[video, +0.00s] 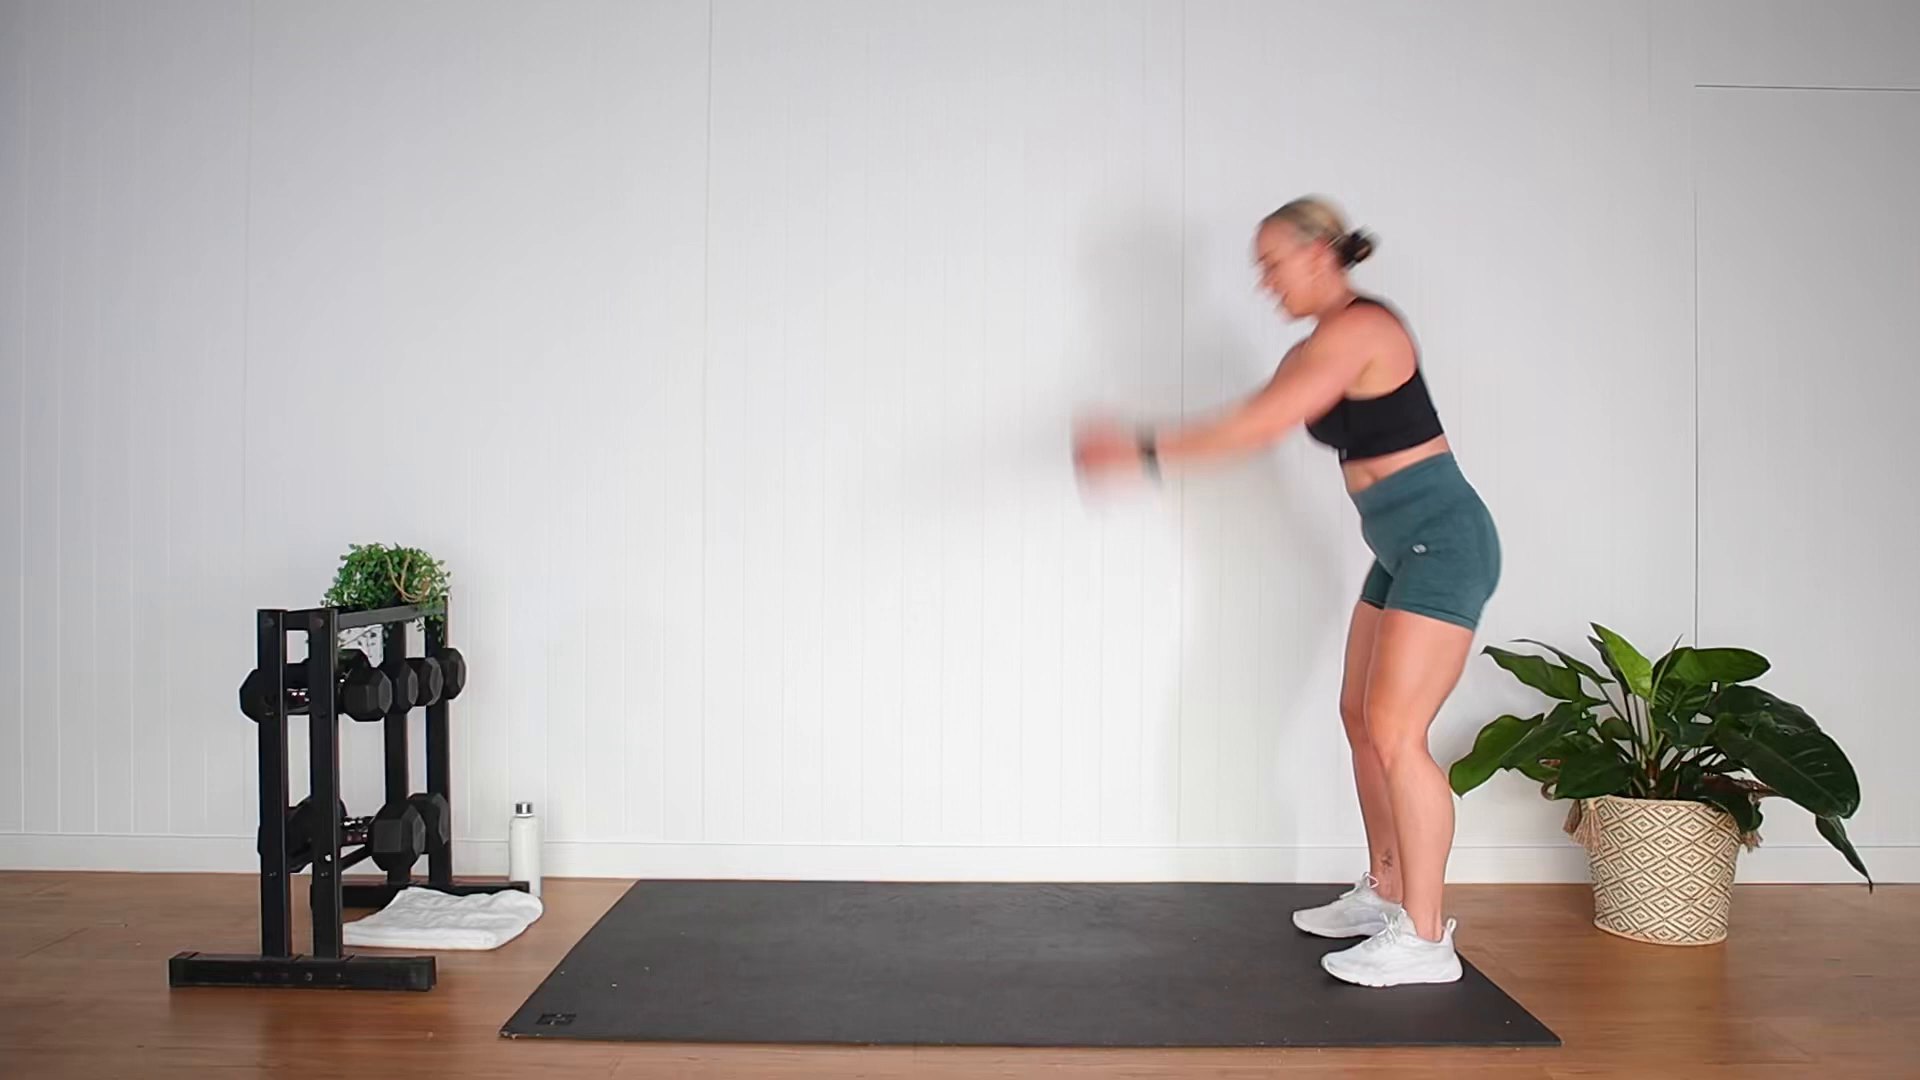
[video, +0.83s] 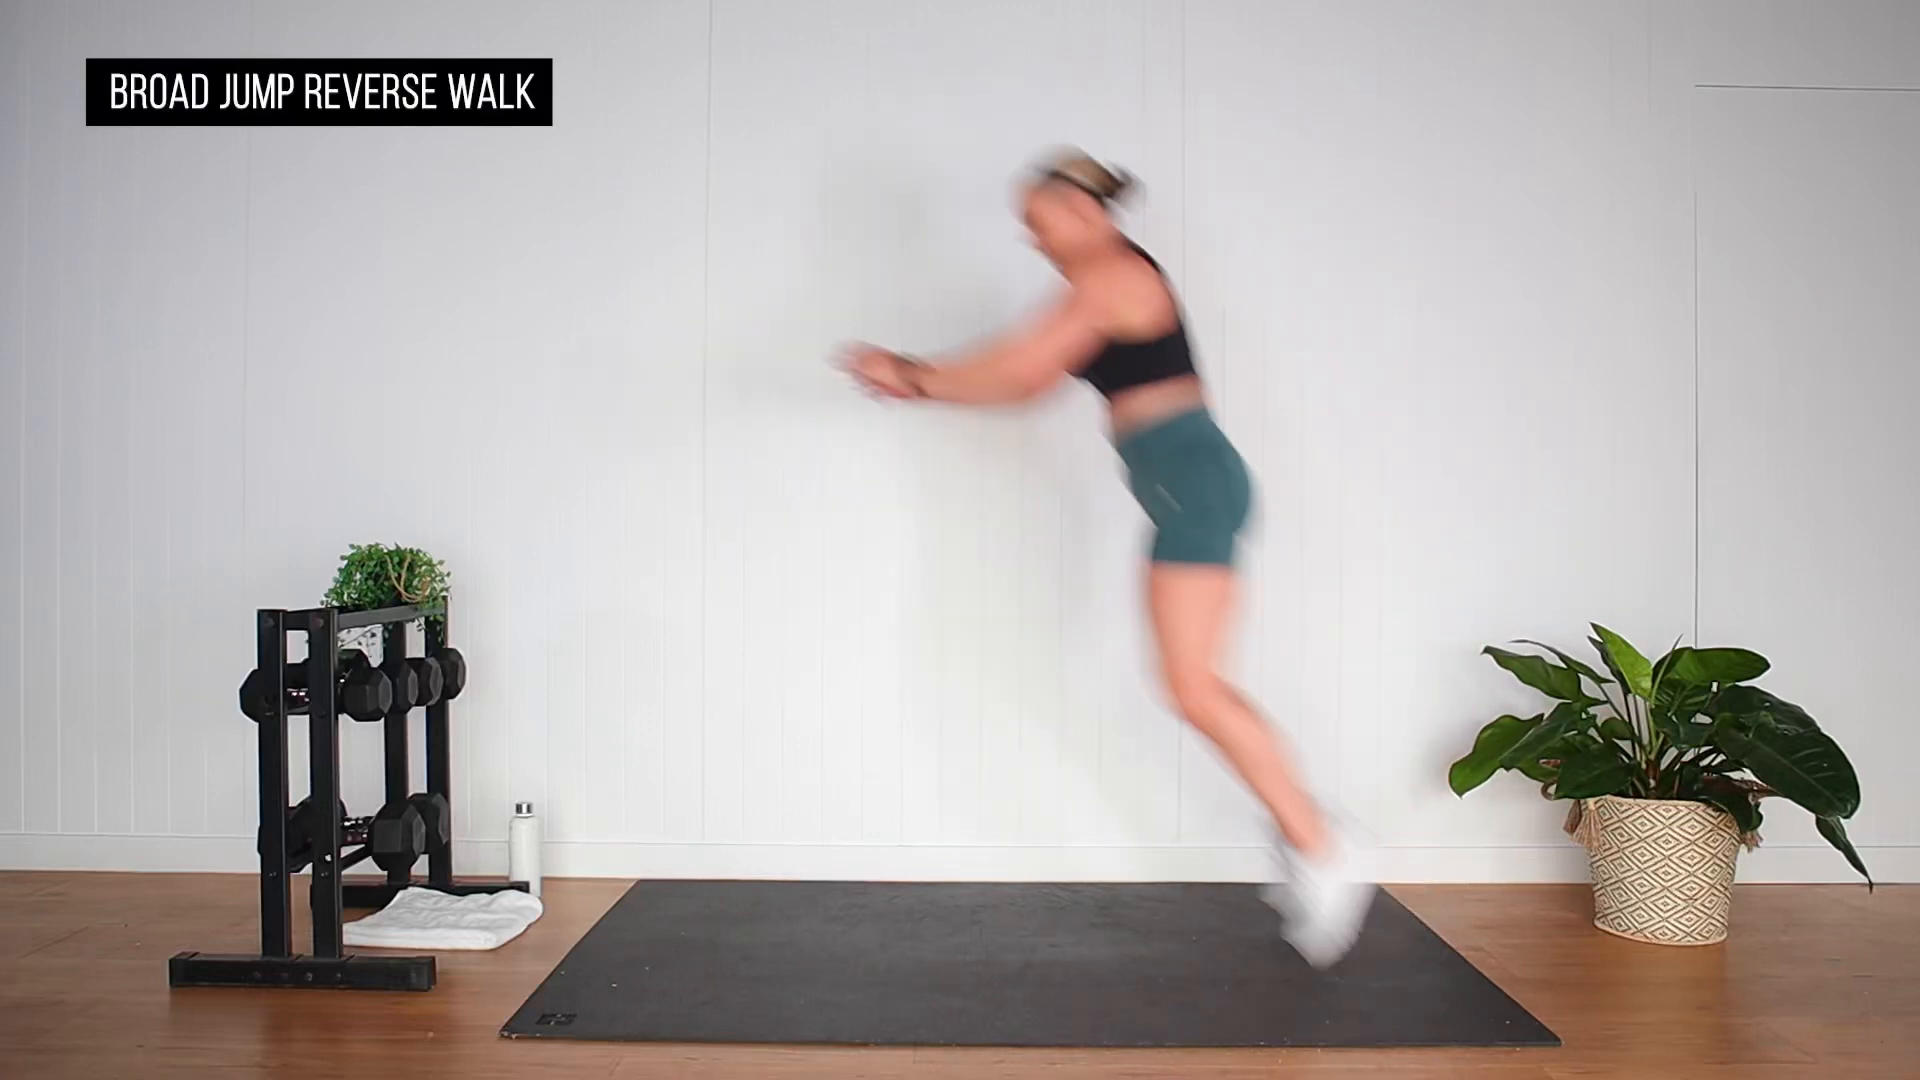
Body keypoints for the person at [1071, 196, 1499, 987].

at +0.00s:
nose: (1266, 282)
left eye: (1274, 265)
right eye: (1263, 267)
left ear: (1323, 254)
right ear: (1312, 259)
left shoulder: (1357, 331)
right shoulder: (1326, 337)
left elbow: (1259, 426)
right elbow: (1249, 425)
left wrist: (1146, 451)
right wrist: (1148, 446)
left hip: (1444, 541)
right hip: (1400, 546)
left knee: (1398, 732)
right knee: (1365, 723)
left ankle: (1426, 937)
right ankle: (1390, 893)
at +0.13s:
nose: (1201, 340)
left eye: (1208, 321)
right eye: (1196, 326)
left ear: (1255, 310)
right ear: (1242, 318)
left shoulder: (1314, 383)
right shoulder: (1279, 399)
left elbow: (1363, 504)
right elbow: (1300, 521)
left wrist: (1398, 573)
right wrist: (1287, 626)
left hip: (1454, 543)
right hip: (1409, 548)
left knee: (1397, 731)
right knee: (1363, 718)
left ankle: (1427, 936)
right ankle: (1389, 893)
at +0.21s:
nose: (1167, 383)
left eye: (1172, 364)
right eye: (1163, 368)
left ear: (1219, 350)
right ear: (1210, 357)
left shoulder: (1290, 412)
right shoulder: (1261, 421)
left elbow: (1403, 476)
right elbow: (1386, 476)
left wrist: (1491, 545)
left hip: (1444, 559)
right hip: (1400, 564)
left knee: (1392, 732)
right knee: (1359, 719)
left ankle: (1427, 935)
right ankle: (1389, 892)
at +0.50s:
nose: (1099, 450)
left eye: (1104, 433)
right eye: (1096, 435)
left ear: (1152, 425)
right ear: (1153, 426)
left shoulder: (1223, 476)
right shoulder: (1207, 472)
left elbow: (1346, 527)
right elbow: (1335, 522)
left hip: (1403, 600)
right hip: (1369, 596)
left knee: (1316, 753)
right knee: (1298, 739)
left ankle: (1416, 932)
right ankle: (1381, 891)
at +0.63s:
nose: (1105, 402)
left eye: (1110, 383)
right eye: (1101, 386)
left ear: (1156, 374)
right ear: (1152, 377)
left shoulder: (1206, 453)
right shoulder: (1190, 451)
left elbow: (1214, 592)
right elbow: (1202, 578)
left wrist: (1187, 688)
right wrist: (1176, 676)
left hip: (1357, 606)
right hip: (1323, 609)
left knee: (1275, 775)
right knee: (1257, 757)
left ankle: (1410, 923)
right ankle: (1373, 890)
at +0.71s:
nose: (1096, 337)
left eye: (1102, 318)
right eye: (1092, 321)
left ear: (1146, 309)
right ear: (1141, 314)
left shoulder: (1183, 391)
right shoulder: (1170, 387)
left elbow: (1123, 511)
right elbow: (1116, 500)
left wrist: (1026, 551)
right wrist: (1013, 531)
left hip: (1296, 575)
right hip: (1277, 577)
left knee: (1266, 768)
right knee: (1251, 755)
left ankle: (1405, 916)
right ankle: (1373, 887)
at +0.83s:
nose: (1034, 239)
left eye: (1039, 221)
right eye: (1030, 226)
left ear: (1083, 207)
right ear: (1078, 212)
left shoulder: (1117, 281)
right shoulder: (1102, 281)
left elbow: (1026, 376)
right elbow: (1017, 367)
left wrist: (922, 383)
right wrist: (918, 378)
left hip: (1195, 483)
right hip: (1183, 483)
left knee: (1193, 686)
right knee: (1195, 684)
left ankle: (1319, 851)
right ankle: (1305, 836)